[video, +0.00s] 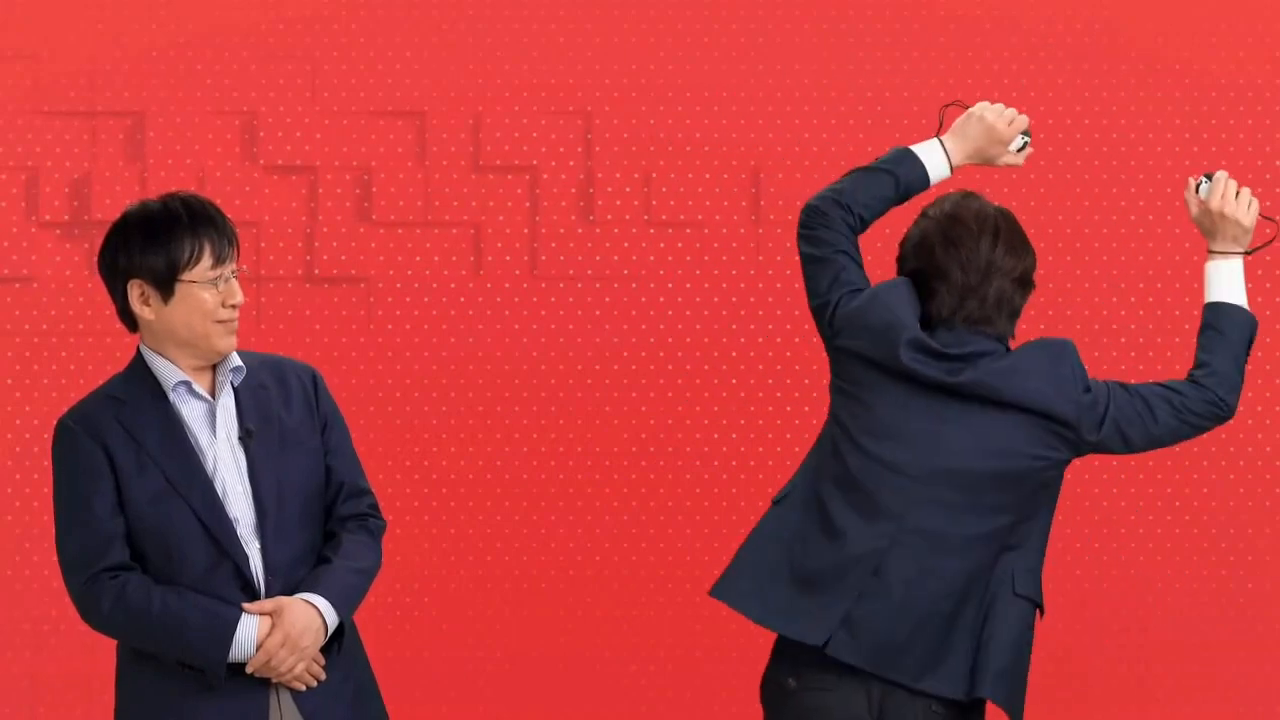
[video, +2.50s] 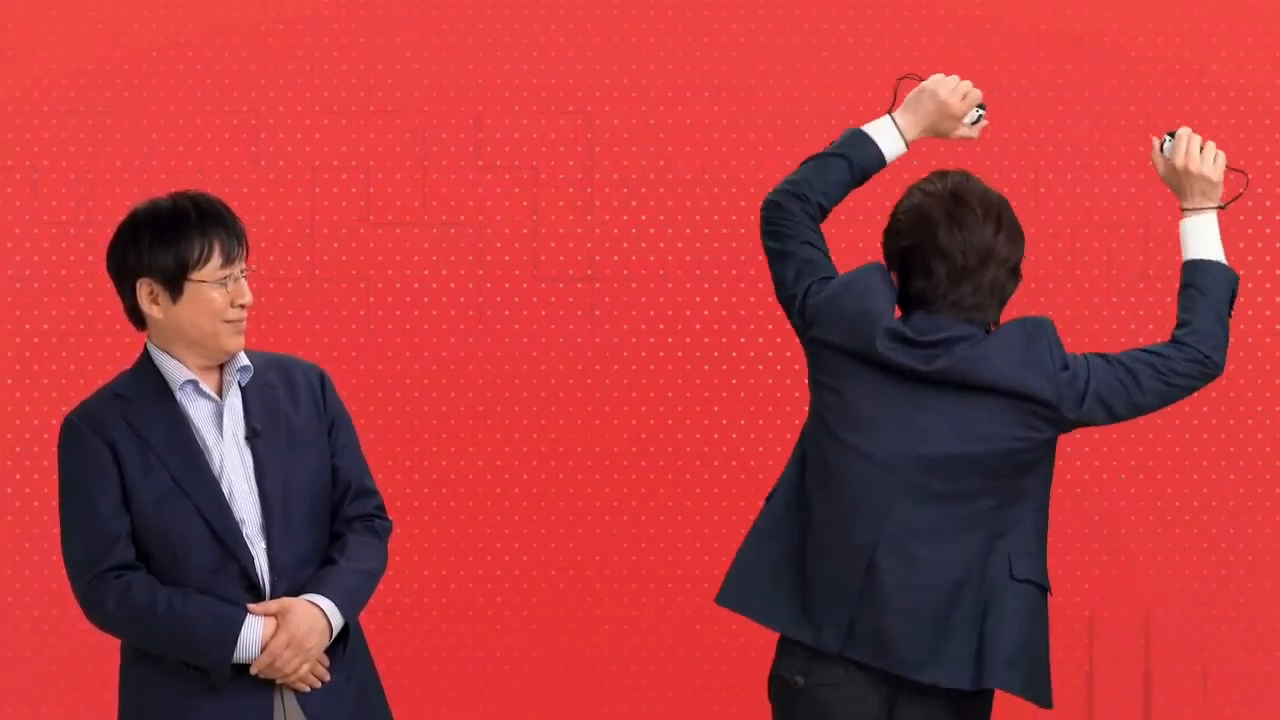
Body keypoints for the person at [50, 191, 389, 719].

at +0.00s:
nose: (235, 297)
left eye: (234, 277)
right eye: (212, 282)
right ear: (145, 300)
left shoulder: (299, 388)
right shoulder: (90, 433)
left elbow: (360, 523)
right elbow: (103, 590)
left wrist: (319, 611)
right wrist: (250, 638)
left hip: (332, 699)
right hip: (191, 707)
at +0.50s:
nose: (239, 297)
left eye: (236, 278)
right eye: (215, 282)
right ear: (148, 300)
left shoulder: (301, 389)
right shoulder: (93, 432)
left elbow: (361, 523)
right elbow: (103, 589)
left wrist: (319, 611)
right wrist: (250, 638)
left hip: (334, 699)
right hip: (192, 707)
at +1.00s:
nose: (237, 297)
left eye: (235, 277)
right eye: (214, 282)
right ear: (147, 300)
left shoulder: (300, 389)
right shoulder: (92, 432)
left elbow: (360, 524)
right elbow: (103, 590)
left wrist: (319, 612)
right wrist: (250, 639)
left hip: (333, 699)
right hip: (191, 707)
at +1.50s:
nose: (237, 298)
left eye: (235, 278)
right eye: (214, 282)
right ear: (146, 300)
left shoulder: (301, 389)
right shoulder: (92, 432)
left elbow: (361, 523)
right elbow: (103, 590)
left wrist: (320, 612)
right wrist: (251, 639)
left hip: (334, 700)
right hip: (192, 708)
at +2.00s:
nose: (240, 297)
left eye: (239, 277)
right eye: (217, 282)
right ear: (149, 300)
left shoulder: (303, 388)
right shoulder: (94, 432)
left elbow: (363, 524)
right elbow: (105, 590)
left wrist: (321, 613)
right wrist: (251, 639)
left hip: (335, 699)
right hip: (193, 706)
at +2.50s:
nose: (245, 297)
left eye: (242, 277)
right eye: (222, 282)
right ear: (153, 299)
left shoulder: (307, 389)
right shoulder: (97, 431)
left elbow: (366, 524)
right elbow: (107, 589)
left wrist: (324, 613)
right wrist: (252, 638)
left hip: (337, 700)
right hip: (194, 708)